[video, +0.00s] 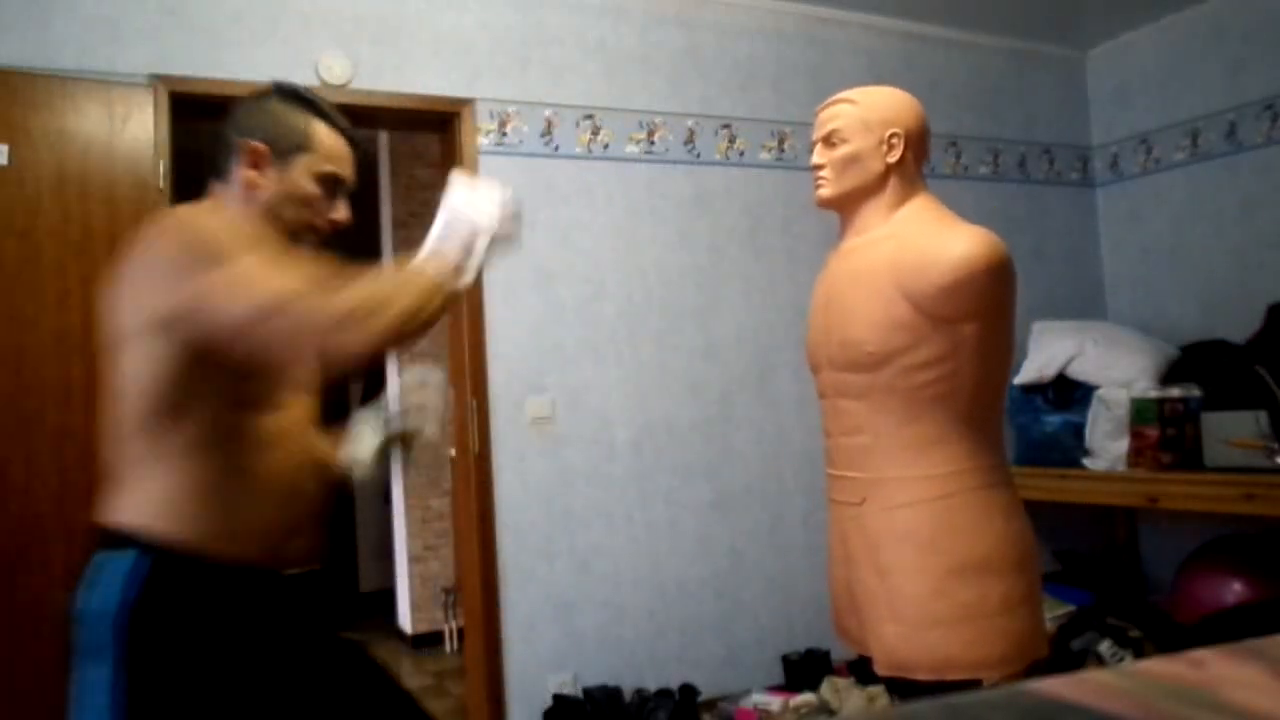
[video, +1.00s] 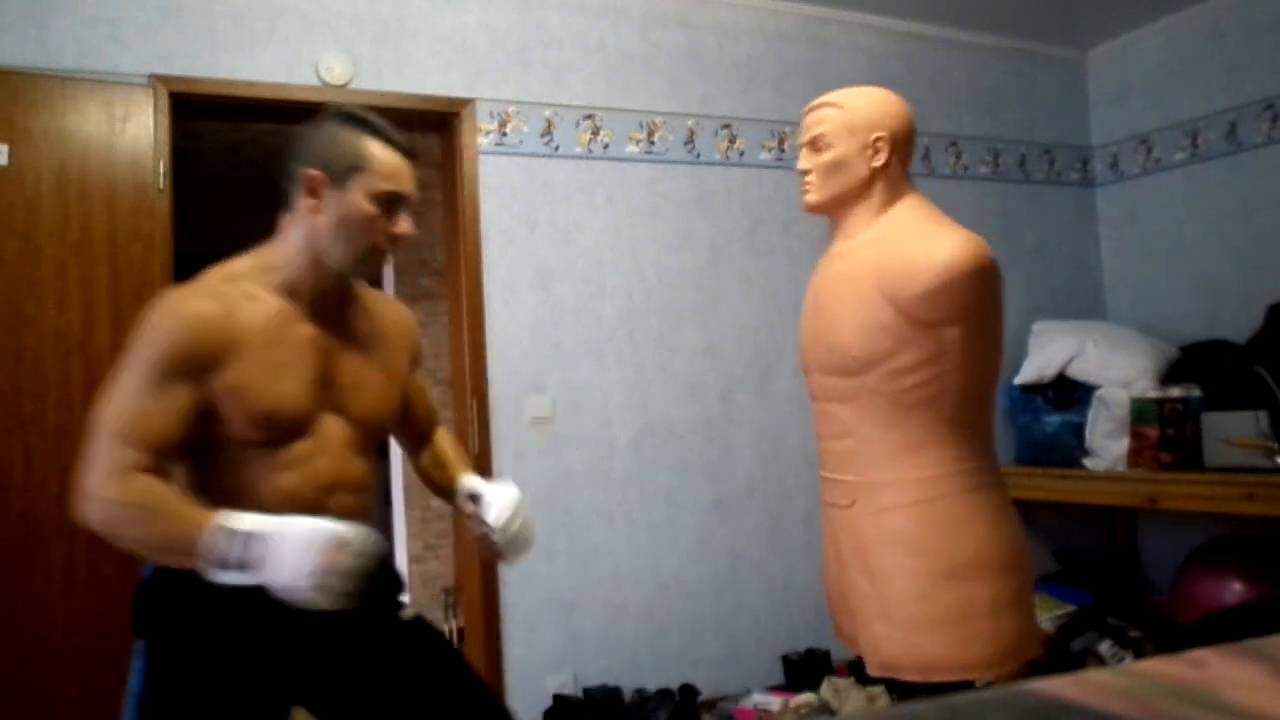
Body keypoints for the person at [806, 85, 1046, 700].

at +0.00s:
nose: (814, 158)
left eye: (833, 141)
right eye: (815, 144)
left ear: (891, 149)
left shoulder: (956, 259)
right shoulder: (843, 261)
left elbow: (973, 424)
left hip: (942, 540)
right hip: (865, 539)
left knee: (968, 705)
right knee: (891, 698)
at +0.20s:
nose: (814, 158)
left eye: (833, 141)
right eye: (815, 144)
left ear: (891, 149)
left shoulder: (955, 259)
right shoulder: (838, 266)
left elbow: (972, 426)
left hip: (942, 545)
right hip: (864, 545)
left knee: (973, 707)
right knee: (893, 700)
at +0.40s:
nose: (802, 168)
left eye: (816, 152)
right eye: (805, 154)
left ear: (865, 158)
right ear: (864, 161)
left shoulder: (929, 249)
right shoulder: (840, 254)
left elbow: (957, 412)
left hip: (932, 527)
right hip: (871, 526)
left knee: (944, 691)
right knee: (894, 688)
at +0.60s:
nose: (817, 149)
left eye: (835, 134)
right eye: (820, 134)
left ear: (889, 148)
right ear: (883, 151)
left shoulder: (941, 254)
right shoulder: (866, 240)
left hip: (934, 540)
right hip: (877, 533)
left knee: (960, 703)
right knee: (903, 694)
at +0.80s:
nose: (813, 164)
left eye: (831, 148)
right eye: (814, 150)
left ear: (887, 154)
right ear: (881, 157)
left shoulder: (948, 258)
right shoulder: (843, 262)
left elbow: (968, 421)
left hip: (938, 532)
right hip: (869, 530)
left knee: (958, 698)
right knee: (898, 692)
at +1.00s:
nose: (801, 163)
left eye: (818, 145)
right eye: (802, 148)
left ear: (877, 153)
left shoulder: (940, 261)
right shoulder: (841, 257)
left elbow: (964, 437)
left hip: (933, 548)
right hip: (863, 544)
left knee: (959, 705)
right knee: (894, 697)